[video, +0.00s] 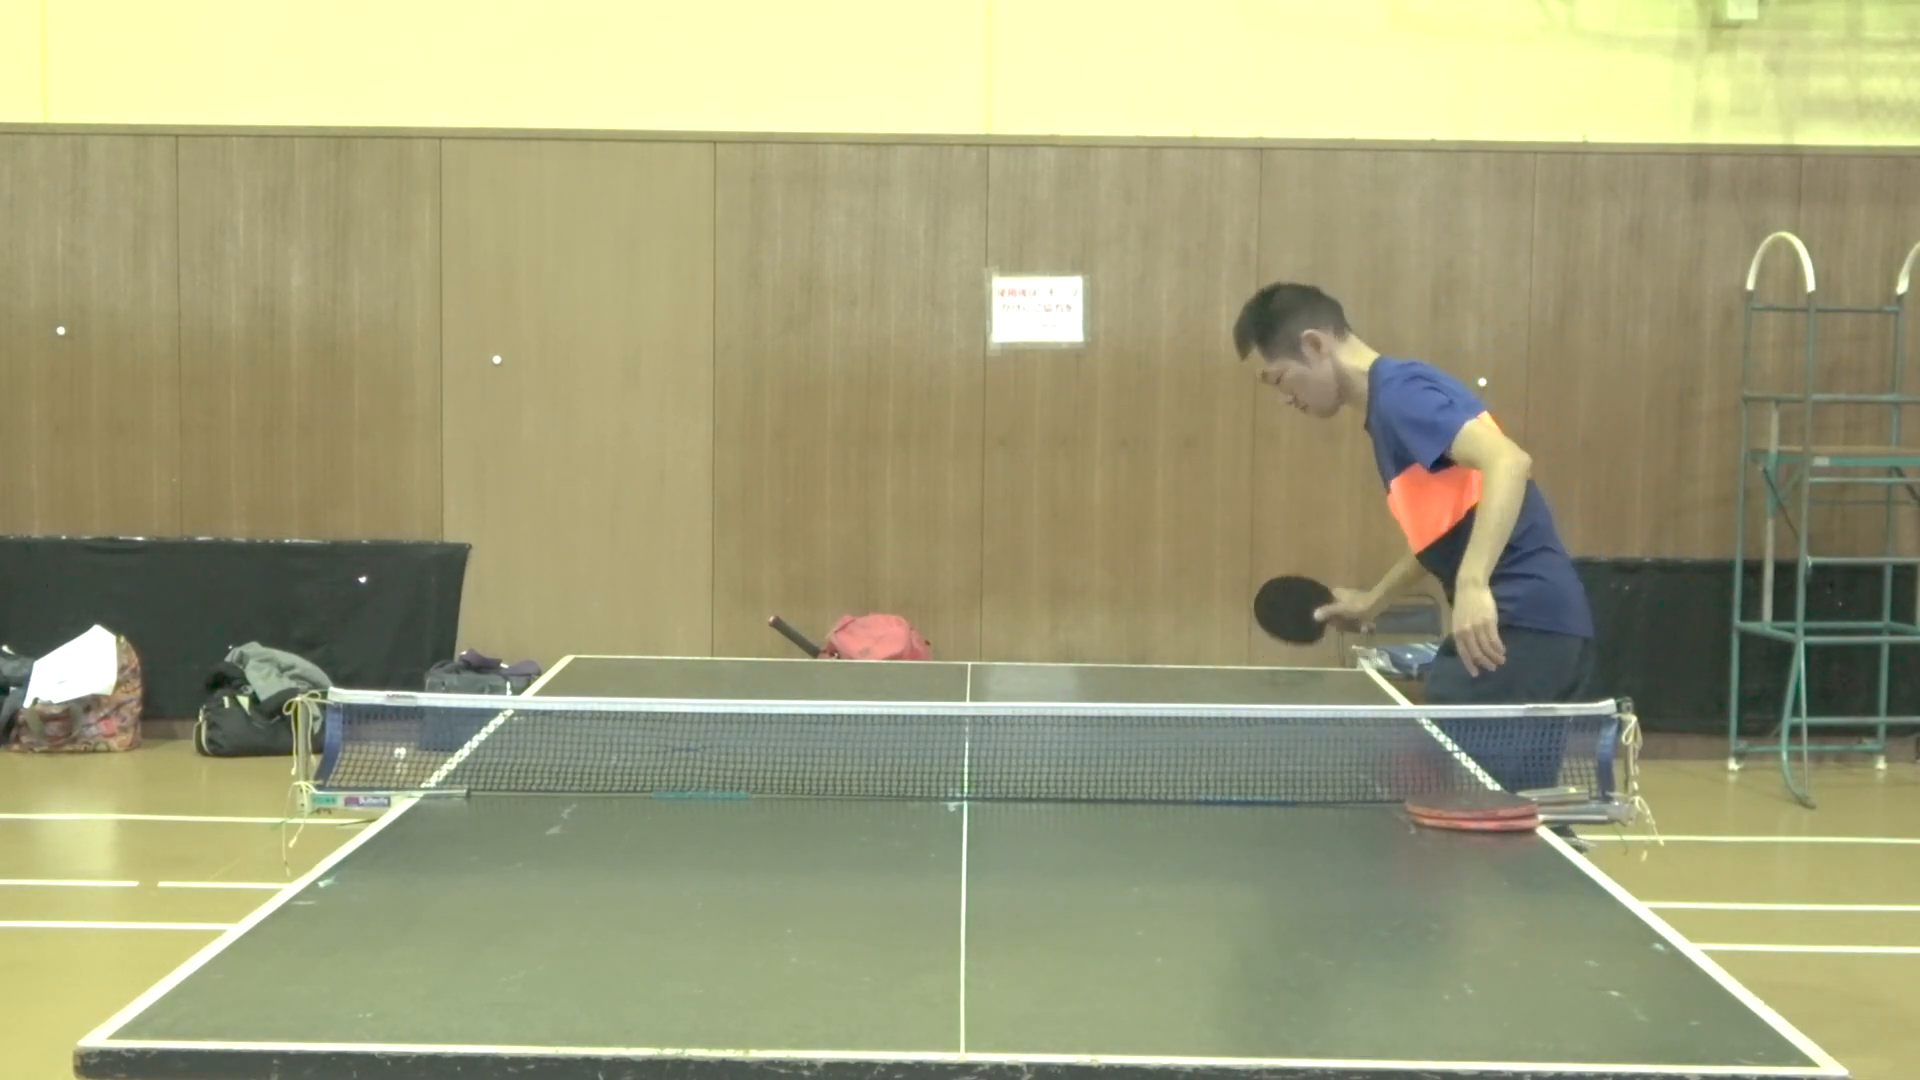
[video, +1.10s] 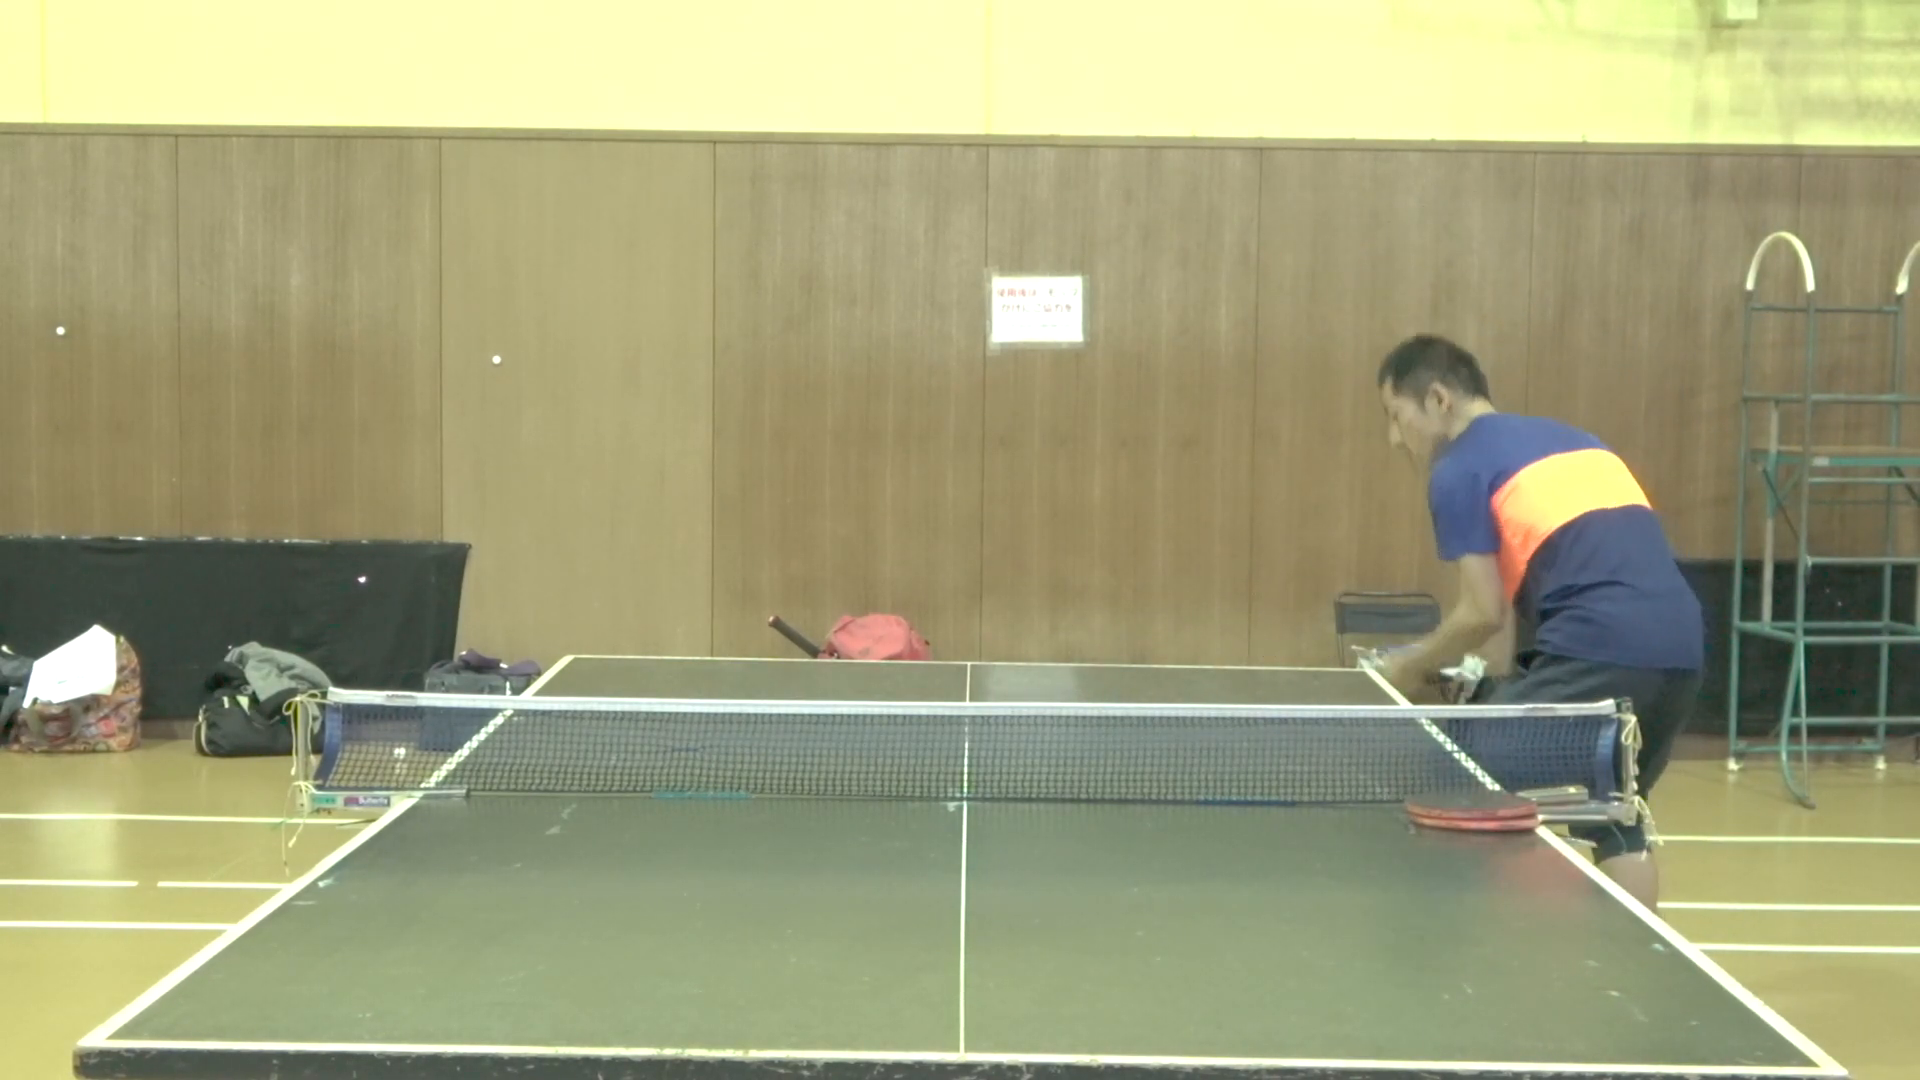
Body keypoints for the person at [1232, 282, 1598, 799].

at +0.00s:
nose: (1287, 399)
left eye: (1280, 379)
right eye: (1275, 386)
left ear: (1315, 345)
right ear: (1320, 345)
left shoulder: (1400, 393)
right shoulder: (1390, 403)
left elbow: (1508, 462)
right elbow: (1450, 525)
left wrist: (1472, 584)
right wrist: (1375, 598)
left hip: (1520, 624)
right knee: (1512, 809)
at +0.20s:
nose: (1313, 382)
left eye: (1297, 367)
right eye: (1297, 371)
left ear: (1311, 340)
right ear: (1355, 317)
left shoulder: (1387, 379)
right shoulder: (1448, 364)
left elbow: (1474, 461)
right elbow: (1527, 469)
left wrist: (1433, 584)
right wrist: (1418, 507)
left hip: (1501, 620)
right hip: (1557, 622)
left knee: (1415, 780)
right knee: (1524, 803)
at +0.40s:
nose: (1364, 364)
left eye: (1355, 352)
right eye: (1356, 354)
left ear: (1363, 336)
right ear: (1417, 312)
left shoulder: (1394, 378)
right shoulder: (1509, 367)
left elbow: (1444, 476)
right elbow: (1603, 467)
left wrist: (1408, 596)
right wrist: (1525, 511)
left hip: (1500, 611)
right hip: (1583, 614)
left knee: (1392, 769)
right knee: (1568, 797)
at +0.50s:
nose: (1397, 394)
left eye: (1389, 382)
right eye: (1391, 384)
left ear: (1398, 363)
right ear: (1456, 343)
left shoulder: (1422, 401)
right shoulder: (1546, 392)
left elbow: (1446, 515)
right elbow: (1641, 510)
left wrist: (1420, 630)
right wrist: (1591, 587)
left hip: (1527, 621)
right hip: (1613, 627)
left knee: (1409, 764)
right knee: (1606, 805)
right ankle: (1640, 978)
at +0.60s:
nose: (1426, 438)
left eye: (1420, 427)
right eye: (1421, 428)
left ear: (1430, 408)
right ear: (1488, 388)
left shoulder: (1445, 439)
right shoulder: (1578, 427)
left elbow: (1465, 570)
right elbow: (1670, 560)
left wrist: (1450, 693)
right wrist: (1639, 642)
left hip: (1561, 629)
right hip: (1653, 636)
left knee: (1444, 783)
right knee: (1624, 804)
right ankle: (1640, 979)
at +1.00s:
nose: (1420, 485)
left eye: (1415, 466)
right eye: (1412, 470)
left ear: (1444, 441)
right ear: (1491, 429)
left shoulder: (1466, 498)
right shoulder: (1581, 455)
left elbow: (1504, 646)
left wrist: (1471, 740)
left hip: (1608, 649)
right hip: (1699, 649)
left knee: (1476, 782)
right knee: (1628, 807)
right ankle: (1642, 977)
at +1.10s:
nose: (1394, 436)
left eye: (1395, 415)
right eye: (1390, 419)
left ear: (1438, 397)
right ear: (1466, 393)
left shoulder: (1460, 465)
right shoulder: (1559, 436)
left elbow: (1483, 612)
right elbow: (1538, 595)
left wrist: (1407, 666)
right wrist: (1493, 688)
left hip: (1593, 649)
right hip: (1680, 647)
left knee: (1463, 789)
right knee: (1616, 807)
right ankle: (1634, 975)